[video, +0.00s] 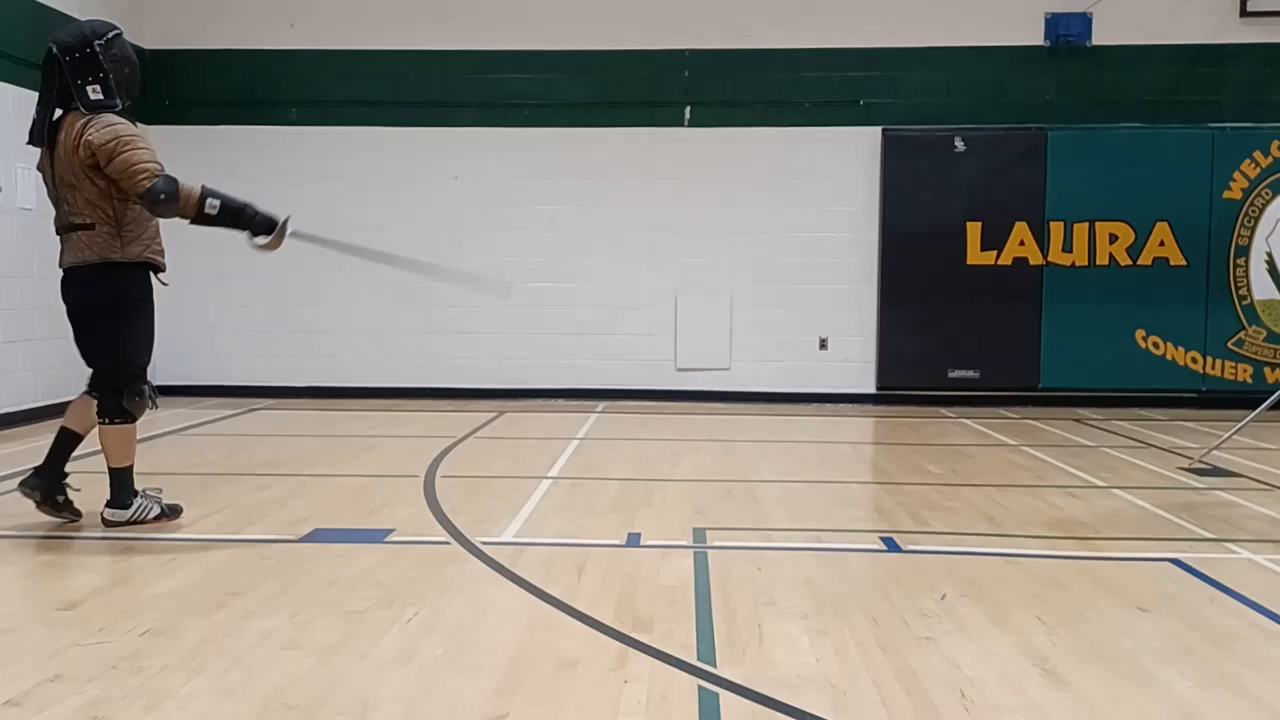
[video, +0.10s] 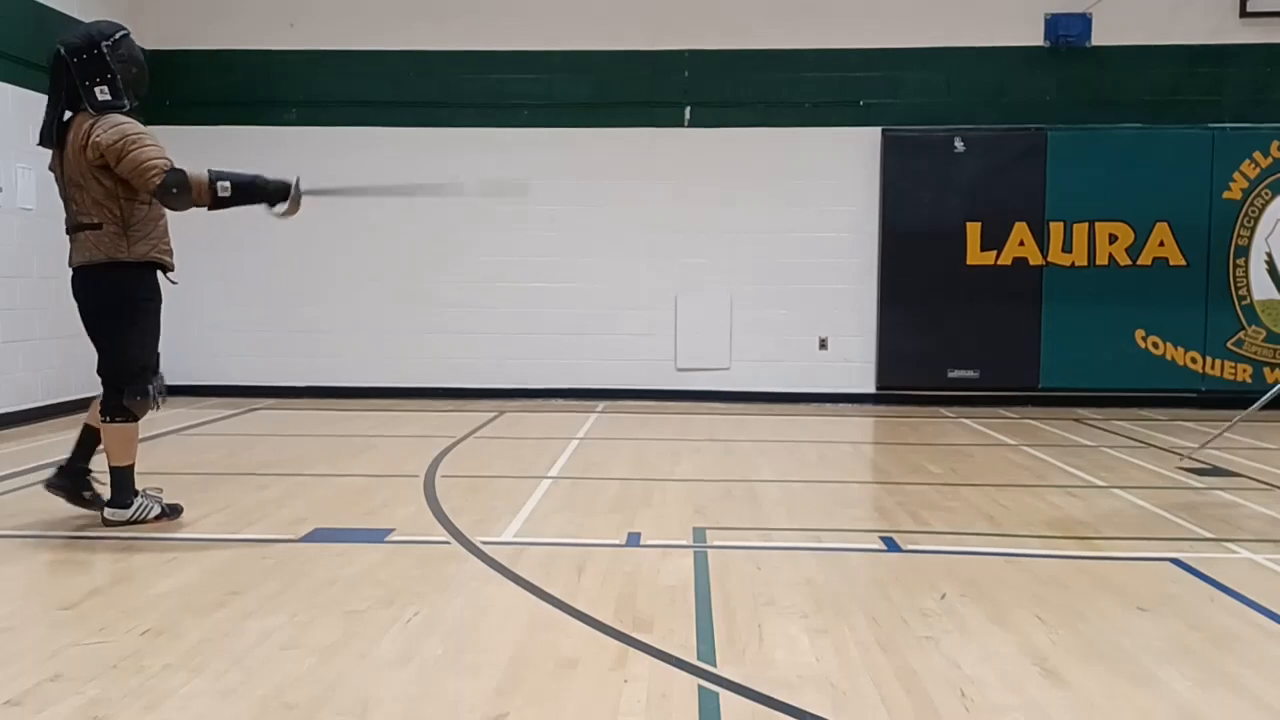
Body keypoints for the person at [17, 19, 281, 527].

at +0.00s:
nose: (128, 73)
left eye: (125, 63)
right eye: (120, 64)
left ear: (72, 74)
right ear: (99, 70)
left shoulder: (62, 131)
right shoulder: (105, 129)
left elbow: (73, 207)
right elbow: (160, 193)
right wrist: (241, 213)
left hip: (85, 276)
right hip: (117, 276)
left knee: (111, 380)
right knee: (122, 386)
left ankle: (47, 476)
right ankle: (123, 499)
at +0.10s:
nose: (135, 73)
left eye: (132, 63)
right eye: (127, 64)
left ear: (82, 74)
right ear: (106, 69)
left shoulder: (76, 129)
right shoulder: (111, 129)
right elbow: (171, 186)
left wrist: (226, 190)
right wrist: (256, 188)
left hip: (100, 274)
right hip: (123, 275)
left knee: (124, 381)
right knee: (130, 386)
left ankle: (74, 473)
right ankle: (124, 498)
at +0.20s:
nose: (146, 70)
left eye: (142, 61)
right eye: (136, 62)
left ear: (93, 74)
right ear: (115, 69)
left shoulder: (92, 129)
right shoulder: (120, 130)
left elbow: (174, 188)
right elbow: (178, 188)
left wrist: (233, 176)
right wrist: (250, 167)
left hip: (113, 272)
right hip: (126, 274)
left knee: (137, 379)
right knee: (132, 382)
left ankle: (114, 479)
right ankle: (120, 493)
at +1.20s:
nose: (211, 102)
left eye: (212, 92)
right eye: (206, 92)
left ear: (164, 87)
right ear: (182, 90)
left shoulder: (139, 133)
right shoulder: (163, 138)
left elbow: (190, 206)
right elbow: (200, 207)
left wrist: (255, 200)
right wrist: (265, 197)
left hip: (145, 280)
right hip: (161, 282)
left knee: (172, 381)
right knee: (179, 385)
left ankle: (174, 481)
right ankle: (131, 487)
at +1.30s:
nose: (208, 117)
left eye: (211, 107)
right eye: (207, 105)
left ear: (166, 92)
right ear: (186, 98)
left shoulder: (127, 133)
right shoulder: (164, 137)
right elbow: (192, 213)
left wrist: (230, 225)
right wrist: (256, 226)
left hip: (126, 278)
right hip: (152, 280)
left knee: (161, 383)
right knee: (168, 386)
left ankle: (175, 482)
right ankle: (126, 492)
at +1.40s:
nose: (207, 123)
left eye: (211, 114)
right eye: (207, 112)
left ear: (164, 93)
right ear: (188, 101)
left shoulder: (110, 136)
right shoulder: (169, 140)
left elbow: (92, 205)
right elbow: (186, 215)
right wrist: (242, 259)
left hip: (103, 276)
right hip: (139, 279)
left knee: (147, 381)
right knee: (149, 384)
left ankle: (167, 479)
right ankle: (124, 494)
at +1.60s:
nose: (198, 131)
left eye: (201, 123)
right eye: (199, 121)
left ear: (148, 98)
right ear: (185, 112)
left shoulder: (91, 135)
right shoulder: (171, 146)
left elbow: (62, 209)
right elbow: (170, 222)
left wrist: (70, 263)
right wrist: (190, 280)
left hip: (74, 269)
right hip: (122, 276)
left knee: (92, 371)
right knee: (140, 379)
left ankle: (93, 476)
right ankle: (124, 491)